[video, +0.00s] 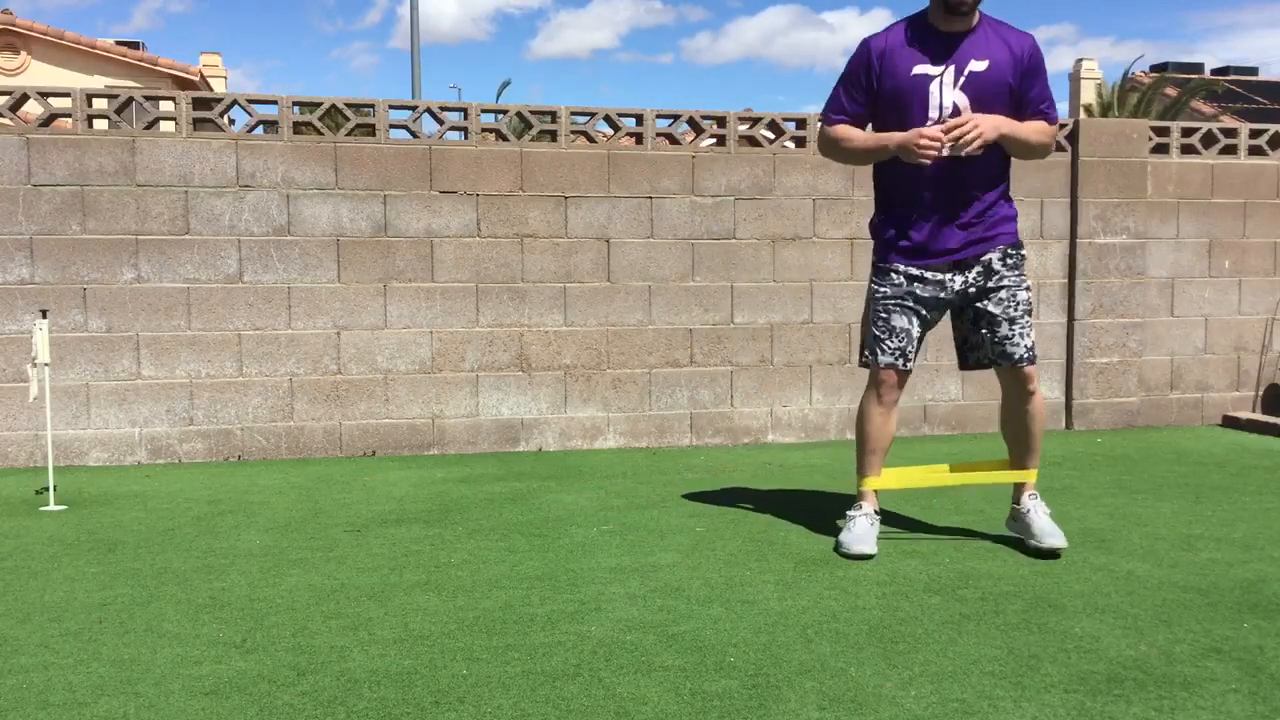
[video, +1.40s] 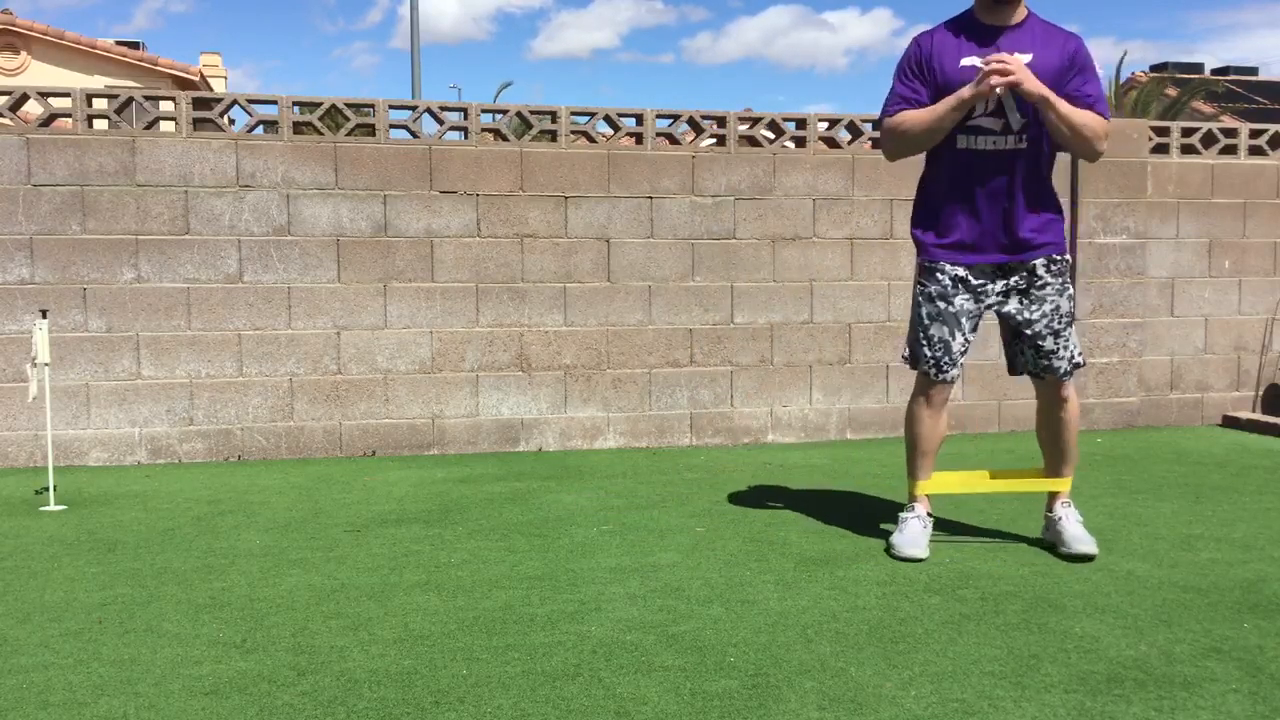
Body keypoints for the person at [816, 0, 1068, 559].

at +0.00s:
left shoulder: (1018, 48)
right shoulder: (880, 50)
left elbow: (1043, 140)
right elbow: (830, 137)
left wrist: (999, 125)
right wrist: (895, 142)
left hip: (990, 244)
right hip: (905, 248)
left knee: (1023, 374)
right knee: (885, 376)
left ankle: (1027, 502)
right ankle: (865, 507)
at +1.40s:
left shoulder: (1064, 47)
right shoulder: (931, 46)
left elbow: (1094, 144)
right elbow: (892, 141)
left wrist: (1037, 91)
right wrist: (970, 94)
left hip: (1036, 243)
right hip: (950, 244)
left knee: (1058, 378)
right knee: (934, 377)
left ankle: (1061, 507)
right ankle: (917, 509)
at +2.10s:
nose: (1034, 28)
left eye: (1048, 15)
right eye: (1021, 15)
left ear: (1062, 17)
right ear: (999, 16)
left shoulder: (1090, 86)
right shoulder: (956, 87)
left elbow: (1114, 182)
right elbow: (939, 187)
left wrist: (1057, 114)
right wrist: (1011, 120)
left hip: (1035, 266)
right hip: (950, 261)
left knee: (1070, 387)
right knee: (906, 370)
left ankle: (1073, 512)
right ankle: (851, 493)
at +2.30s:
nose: (1004, 48)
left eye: (1016, 36)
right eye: (992, 34)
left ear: (1030, 37)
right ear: (969, 34)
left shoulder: (1055, 110)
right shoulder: (926, 111)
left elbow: (1081, 202)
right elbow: (910, 211)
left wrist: (1026, 134)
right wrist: (981, 139)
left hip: (1006, 283)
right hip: (918, 280)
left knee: (1061, 400)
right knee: (847, 385)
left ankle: (1072, 514)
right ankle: (770, 501)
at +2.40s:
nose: (963, 56)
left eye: (976, 45)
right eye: (950, 42)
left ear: (989, 43)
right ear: (928, 38)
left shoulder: (1014, 116)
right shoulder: (884, 118)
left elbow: (1036, 208)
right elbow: (872, 214)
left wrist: (980, 138)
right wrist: (939, 143)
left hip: (976, 289)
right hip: (886, 287)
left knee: (1044, 404)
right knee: (823, 393)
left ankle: (1070, 514)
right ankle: (759, 508)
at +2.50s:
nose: (916, 47)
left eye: (929, 36)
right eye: (904, 33)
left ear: (943, 36)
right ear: (882, 30)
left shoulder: (967, 107)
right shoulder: (840, 107)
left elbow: (981, 200)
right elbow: (823, 203)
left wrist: (930, 129)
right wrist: (889, 132)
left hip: (935, 278)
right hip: (847, 276)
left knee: (999, 390)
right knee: (796, 387)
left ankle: (1057, 508)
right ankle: (753, 509)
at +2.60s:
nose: (881, 33)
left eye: (893, 22)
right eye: (869, 20)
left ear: (907, 24)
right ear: (847, 19)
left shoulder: (934, 95)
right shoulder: (807, 93)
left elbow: (943, 188)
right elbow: (786, 186)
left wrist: (892, 115)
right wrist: (851, 118)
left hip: (906, 267)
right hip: (822, 267)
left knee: (961, 380)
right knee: (784, 382)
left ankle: (1002, 505)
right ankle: (752, 509)